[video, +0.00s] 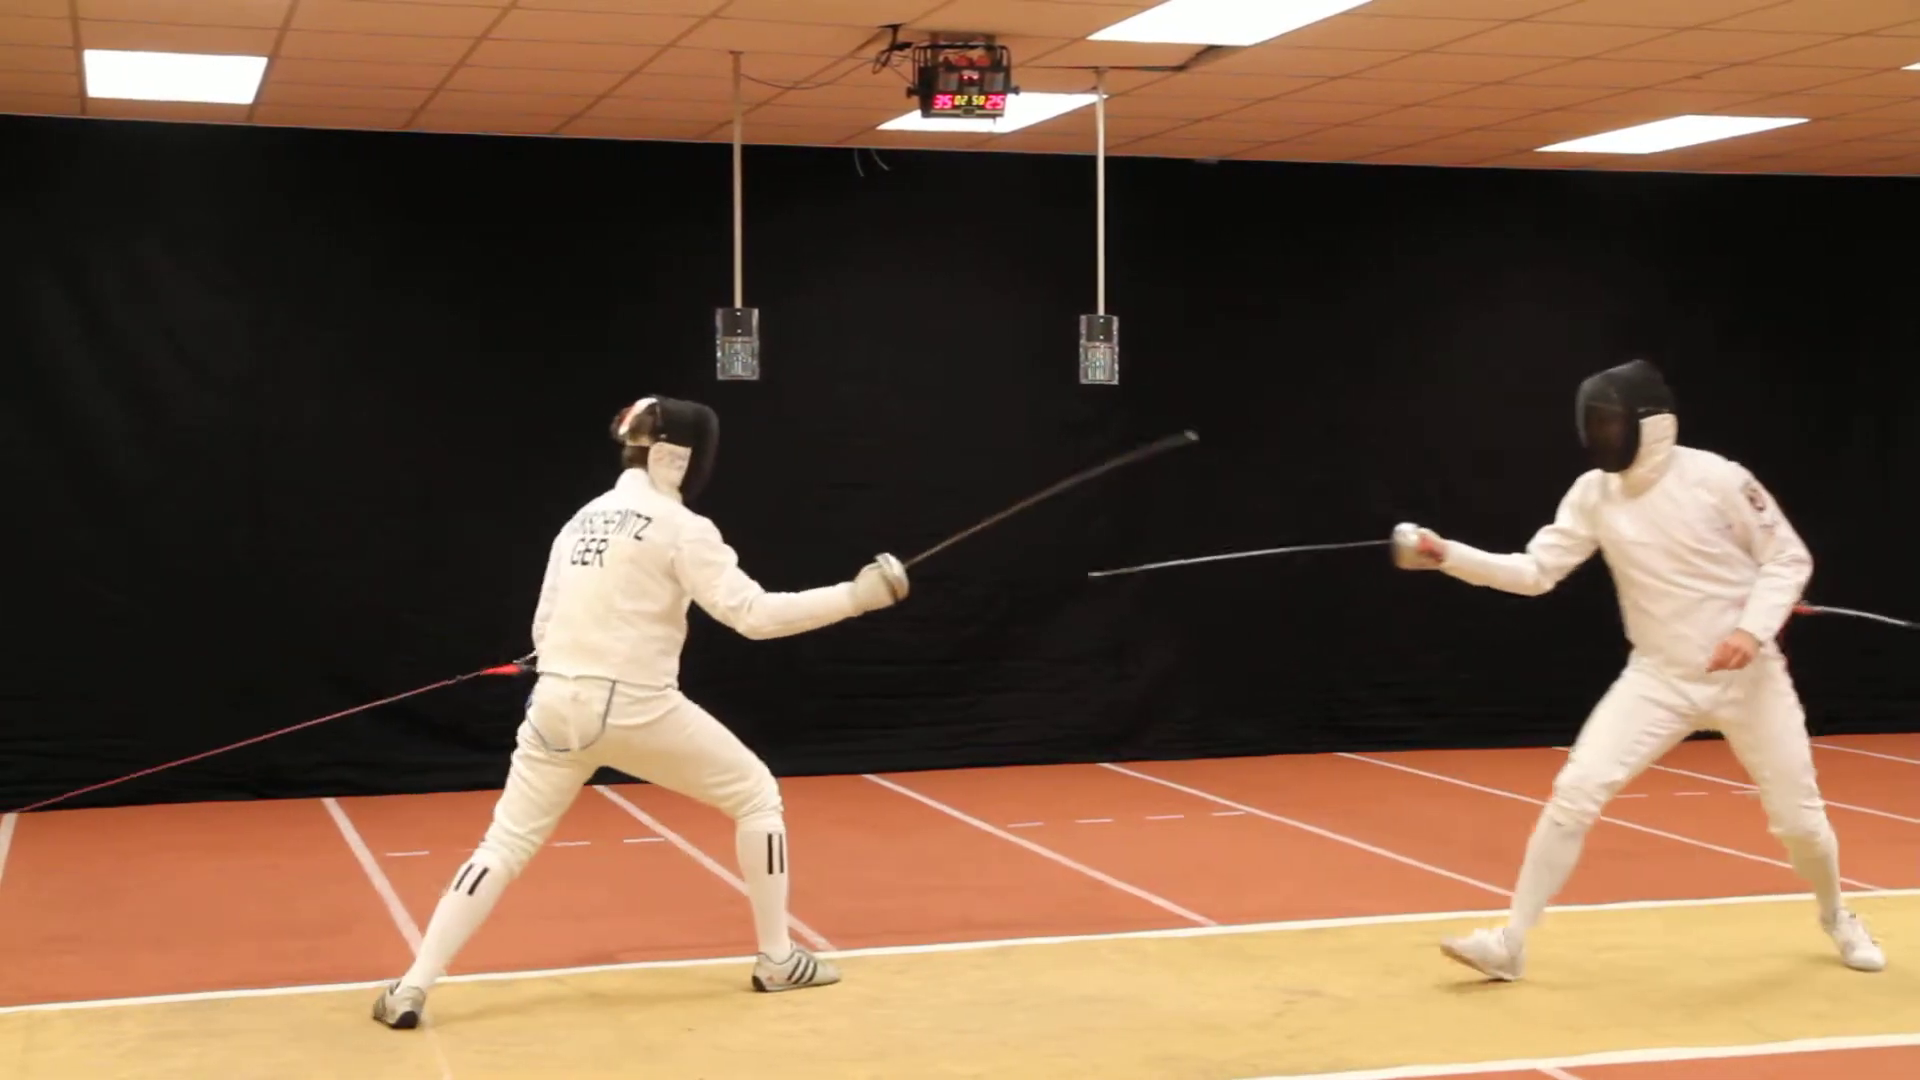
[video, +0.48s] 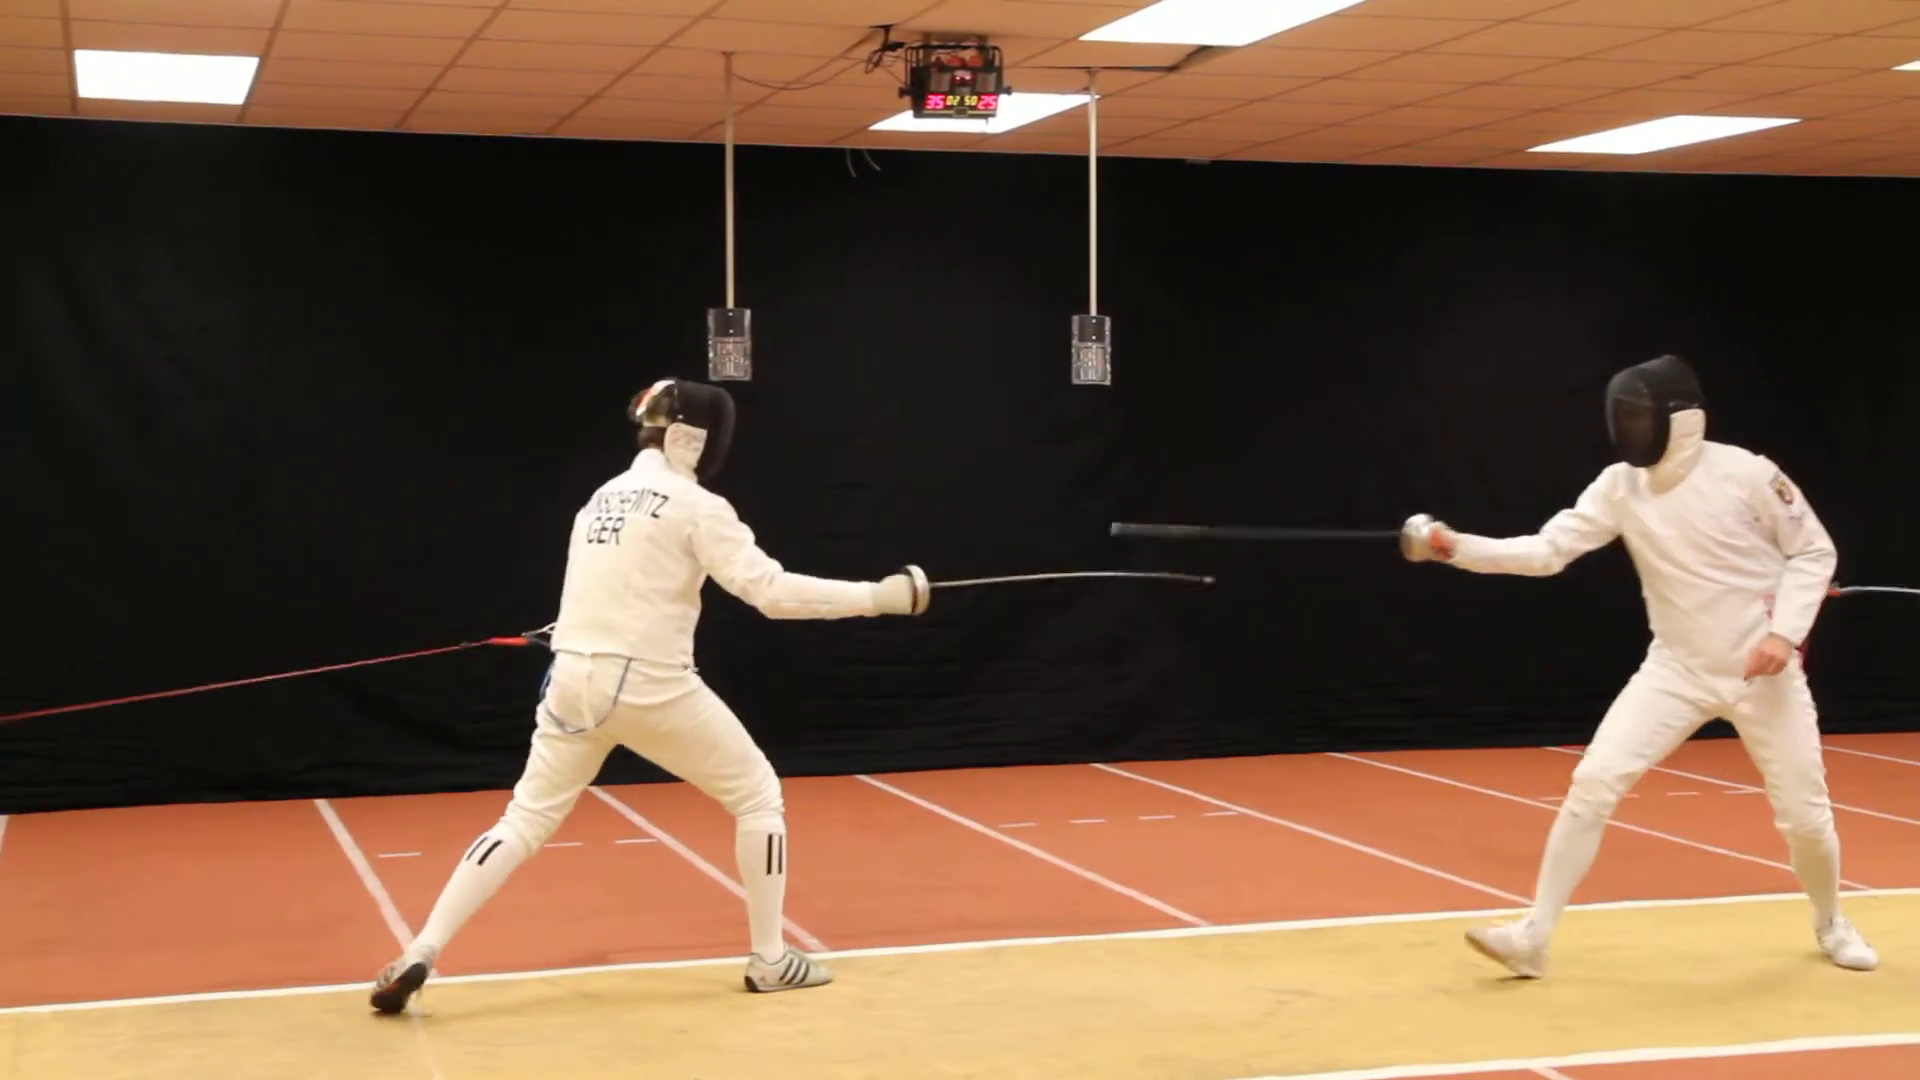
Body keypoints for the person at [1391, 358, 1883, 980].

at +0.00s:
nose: (1596, 436)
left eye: (1608, 422)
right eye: (1591, 423)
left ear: (1648, 423)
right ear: (1590, 429)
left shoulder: (1720, 481)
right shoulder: (1594, 496)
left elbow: (1789, 560)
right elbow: (1535, 572)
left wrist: (1751, 629)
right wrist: (1443, 554)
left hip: (1749, 678)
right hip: (1656, 680)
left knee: (1803, 826)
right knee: (1574, 793)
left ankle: (1836, 916)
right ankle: (1510, 939)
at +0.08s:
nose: (1617, 433)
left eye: (1630, 420)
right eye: (1614, 421)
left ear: (1675, 421)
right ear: (1618, 423)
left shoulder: (1743, 477)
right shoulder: (1619, 493)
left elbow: (1816, 555)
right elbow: (1559, 569)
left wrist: (1774, 626)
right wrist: (1468, 553)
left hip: (1772, 673)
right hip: (1682, 674)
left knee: (1811, 822)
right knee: (1596, 782)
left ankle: (1837, 921)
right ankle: (1553, 937)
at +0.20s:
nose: (1649, 428)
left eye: (1661, 415)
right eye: (1645, 416)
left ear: (1702, 415)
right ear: (1644, 419)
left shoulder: (1763, 475)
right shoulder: (1639, 490)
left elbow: (1838, 550)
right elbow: (1576, 564)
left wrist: (1799, 624)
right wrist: (1488, 546)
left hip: (1784, 674)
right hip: (1696, 672)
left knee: (1816, 823)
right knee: (1619, 782)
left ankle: (1838, 923)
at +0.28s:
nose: (1651, 427)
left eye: (1664, 414)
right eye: (1648, 414)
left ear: (1704, 414)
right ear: (1649, 417)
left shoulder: (1766, 475)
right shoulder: (1641, 488)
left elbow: (1838, 551)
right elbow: (1578, 561)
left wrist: (1805, 627)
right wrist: (1490, 541)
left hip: (1785, 672)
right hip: (1698, 671)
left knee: (1819, 822)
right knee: (1616, 771)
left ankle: (1836, 923)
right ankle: (1650, 918)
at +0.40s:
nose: (1643, 427)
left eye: (1656, 414)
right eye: (1640, 415)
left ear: (1697, 415)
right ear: (1640, 417)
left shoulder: (1760, 476)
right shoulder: (1634, 488)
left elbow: (1828, 552)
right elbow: (1570, 562)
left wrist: (1797, 631)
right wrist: (1482, 539)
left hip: (1777, 672)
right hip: (1689, 668)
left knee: (1813, 821)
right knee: (1605, 767)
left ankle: (1833, 924)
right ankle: (1580, 924)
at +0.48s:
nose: (1626, 428)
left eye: (1640, 415)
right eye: (1623, 416)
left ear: (1681, 416)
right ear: (1625, 420)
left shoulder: (1748, 476)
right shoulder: (1619, 488)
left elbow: (1814, 553)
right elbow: (1547, 550)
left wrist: (1783, 634)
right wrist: (1453, 546)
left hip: (1764, 674)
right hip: (1674, 671)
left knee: (1808, 820)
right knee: (1592, 786)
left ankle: (1831, 924)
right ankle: (1534, 936)